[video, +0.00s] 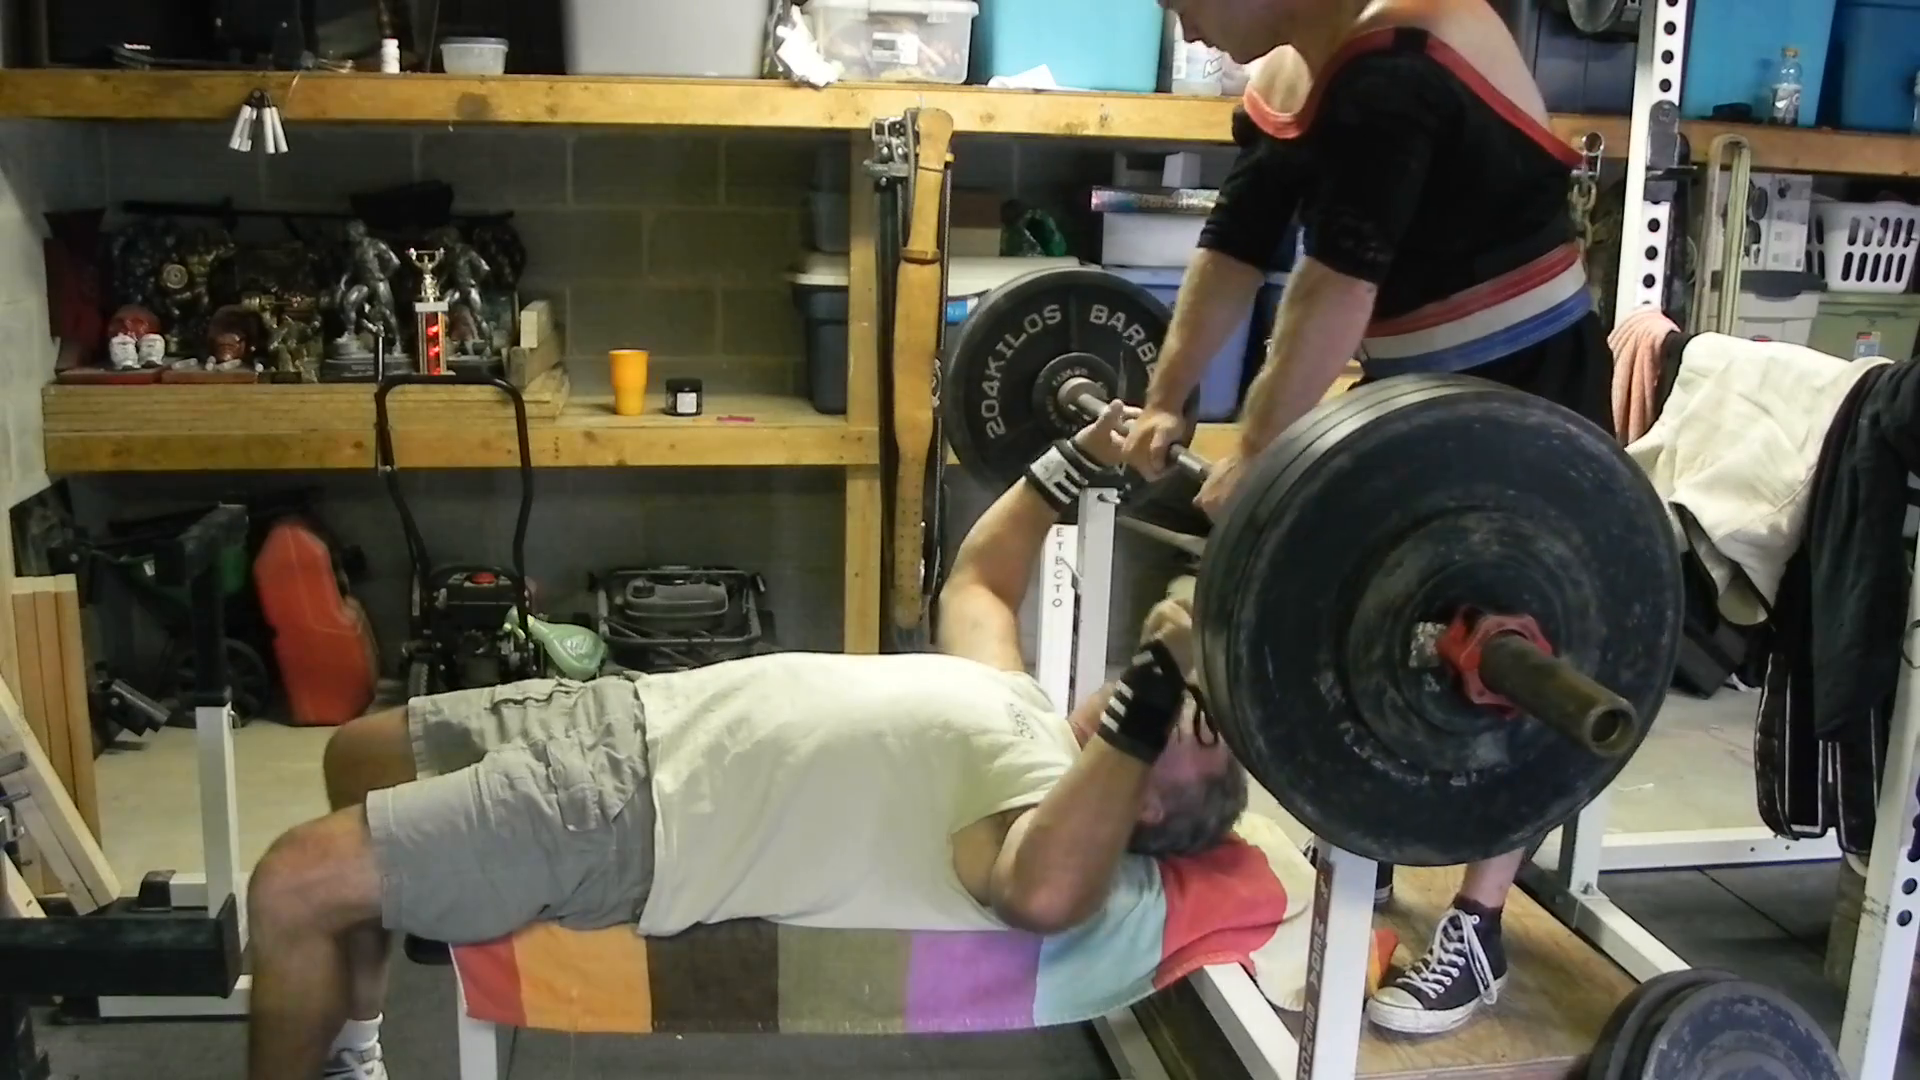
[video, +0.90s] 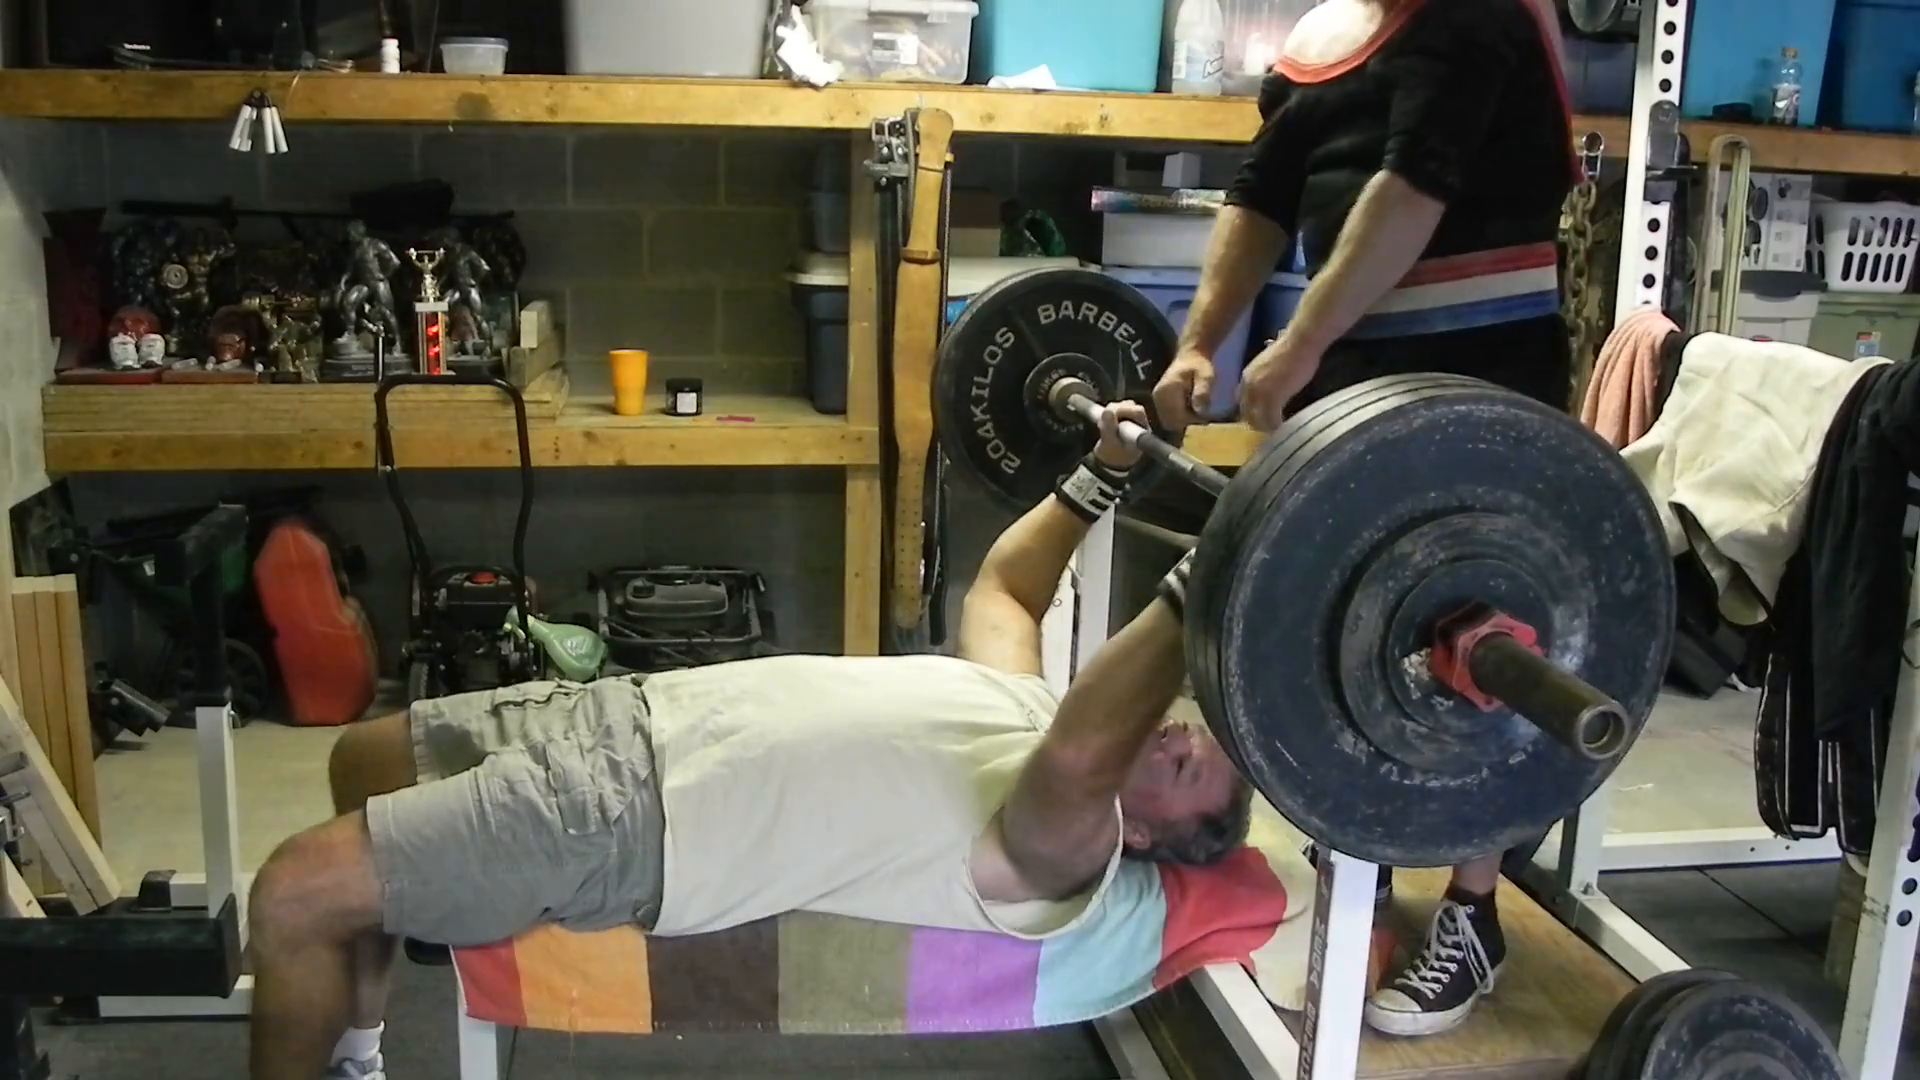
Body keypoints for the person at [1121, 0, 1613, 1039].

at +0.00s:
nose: (1186, 31)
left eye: (1186, 8)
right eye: (1180, 16)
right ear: (1253, 1)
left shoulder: (1394, 76)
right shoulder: (1287, 81)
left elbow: (1331, 306)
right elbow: (1234, 247)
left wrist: (1248, 461)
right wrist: (1162, 402)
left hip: (1522, 373)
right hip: (1393, 372)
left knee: (1519, 645)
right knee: (1378, 620)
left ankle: (1473, 917)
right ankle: (1362, 851)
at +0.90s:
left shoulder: (1472, 16)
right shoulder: (1316, 33)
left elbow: (1415, 185)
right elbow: (1263, 192)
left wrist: (1300, 341)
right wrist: (1196, 345)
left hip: (1479, 360)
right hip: (1346, 361)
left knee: (1478, 628)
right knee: (1352, 616)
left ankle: (1470, 908)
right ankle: (1357, 870)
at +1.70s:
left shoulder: (1634, 21)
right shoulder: (1452, 17)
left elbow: (1541, 195)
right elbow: (1365, 153)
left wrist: (1410, 362)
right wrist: (1262, 279)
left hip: (1556, 366)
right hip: (1420, 346)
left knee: (1539, 626)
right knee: (1369, 605)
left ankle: (1526, 899)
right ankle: (1352, 853)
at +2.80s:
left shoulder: (1604, 20)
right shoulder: (1468, 33)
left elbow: (1522, 165)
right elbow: (1366, 161)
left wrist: (1373, 235)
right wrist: (1201, 185)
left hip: (1579, 373)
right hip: (1461, 359)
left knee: (1559, 632)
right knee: (1431, 598)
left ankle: (1532, 894)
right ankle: (1442, 833)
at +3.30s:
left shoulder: (1583, 18)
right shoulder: (1429, 30)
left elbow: (1509, 151)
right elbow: (1323, 161)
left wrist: (1372, 71)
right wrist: (1200, 65)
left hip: (1539, 364)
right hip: (1409, 352)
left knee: (1530, 625)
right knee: (1391, 602)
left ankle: (1527, 891)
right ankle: (1427, 828)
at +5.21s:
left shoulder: (1648, 19)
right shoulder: (1528, 17)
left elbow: (1528, 168)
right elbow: (1468, 142)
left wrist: (1355, 76)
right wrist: (1344, 71)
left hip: (1612, 380)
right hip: (1502, 369)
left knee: (1590, 655)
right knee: (1464, 616)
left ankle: (1540, 915)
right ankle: (1446, 845)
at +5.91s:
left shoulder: (1659, 29)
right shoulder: (1529, 18)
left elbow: (1533, 180)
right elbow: (1459, 126)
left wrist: (1364, 89)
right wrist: (1365, 64)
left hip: (1602, 381)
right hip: (1484, 365)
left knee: (1575, 650)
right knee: (1456, 615)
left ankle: (1535, 916)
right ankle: (1454, 848)